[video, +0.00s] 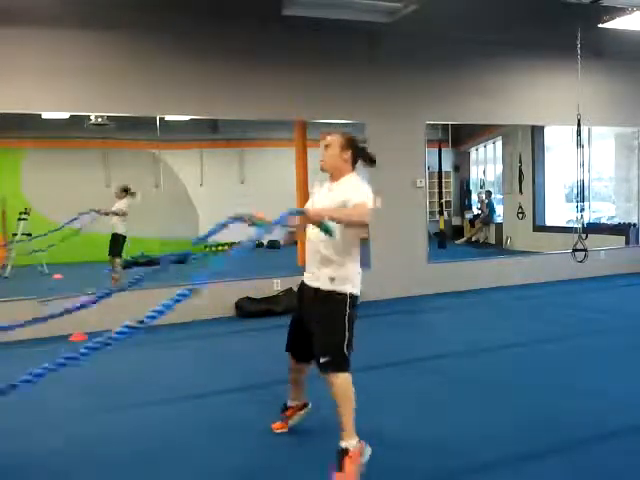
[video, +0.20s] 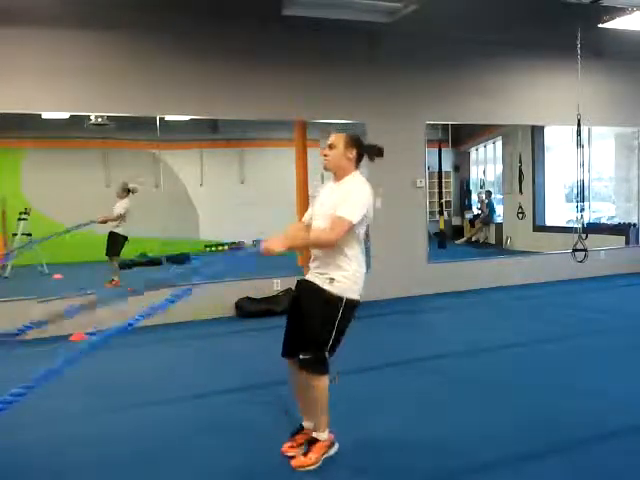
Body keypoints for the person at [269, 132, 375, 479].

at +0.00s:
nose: (321, 155)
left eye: (327, 148)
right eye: (322, 149)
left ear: (347, 154)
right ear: (332, 156)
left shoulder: (357, 188)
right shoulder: (321, 189)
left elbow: (365, 216)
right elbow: (307, 226)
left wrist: (322, 215)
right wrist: (273, 222)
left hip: (339, 289)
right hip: (311, 284)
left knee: (335, 367)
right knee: (298, 355)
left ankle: (350, 443)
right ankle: (296, 403)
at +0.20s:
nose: (323, 153)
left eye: (330, 147)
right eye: (325, 147)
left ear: (352, 154)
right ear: (343, 155)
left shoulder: (358, 189)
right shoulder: (327, 188)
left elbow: (332, 235)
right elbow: (302, 226)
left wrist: (289, 239)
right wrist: (286, 240)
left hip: (338, 288)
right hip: (313, 282)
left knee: (313, 361)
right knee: (295, 356)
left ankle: (324, 437)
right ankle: (309, 428)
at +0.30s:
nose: (323, 172)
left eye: (330, 168)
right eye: (324, 167)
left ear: (348, 177)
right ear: (334, 176)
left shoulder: (356, 216)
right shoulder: (321, 212)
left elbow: (343, 265)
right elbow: (309, 252)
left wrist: (301, 268)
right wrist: (293, 265)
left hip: (337, 311)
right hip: (312, 302)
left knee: (309, 380)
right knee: (292, 377)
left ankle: (323, 445)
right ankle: (313, 436)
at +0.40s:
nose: (327, 158)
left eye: (335, 152)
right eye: (329, 152)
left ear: (353, 162)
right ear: (337, 161)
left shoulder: (359, 196)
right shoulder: (327, 195)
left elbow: (356, 233)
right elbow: (306, 227)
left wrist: (311, 237)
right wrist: (288, 239)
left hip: (339, 298)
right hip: (315, 292)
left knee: (324, 374)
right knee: (304, 369)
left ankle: (325, 440)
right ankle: (309, 430)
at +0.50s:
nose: (329, 144)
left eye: (336, 138)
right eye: (329, 139)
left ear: (355, 144)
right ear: (334, 146)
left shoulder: (362, 170)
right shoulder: (325, 175)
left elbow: (371, 186)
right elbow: (295, 196)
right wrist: (262, 197)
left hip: (341, 278)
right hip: (313, 273)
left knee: (329, 357)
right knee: (302, 346)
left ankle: (340, 428)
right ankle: (307, 405)